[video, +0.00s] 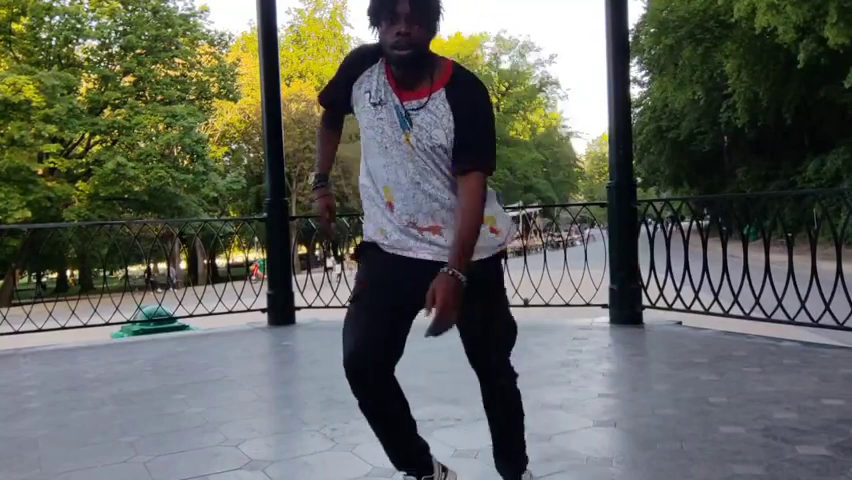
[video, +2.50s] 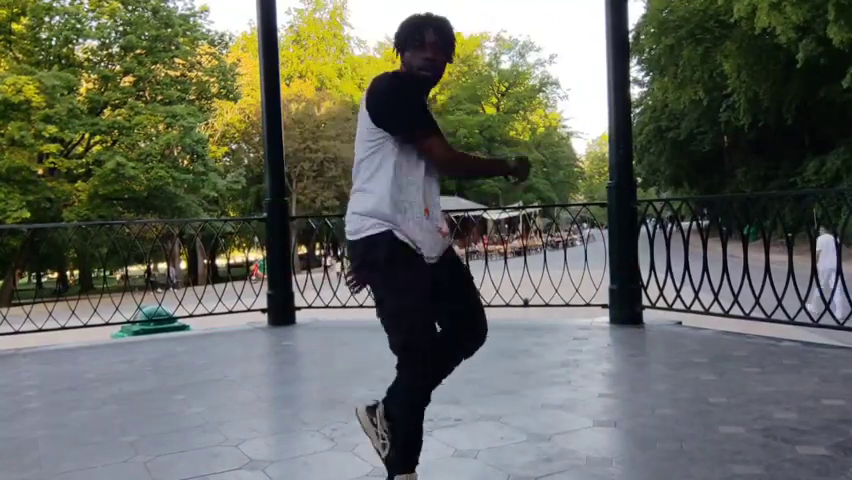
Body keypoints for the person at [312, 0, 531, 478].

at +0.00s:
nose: (403, 29)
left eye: (416, 18)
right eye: (391, 18)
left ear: (434, 24)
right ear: (376, 25)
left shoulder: (464, 90)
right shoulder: (360, 68)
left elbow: (472, 183)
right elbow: (332, 115)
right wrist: (321, 182)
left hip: (468, 252)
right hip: (391, 250)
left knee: (494, 368)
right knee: (364, 363)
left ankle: (513, 470)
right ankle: (421, 470)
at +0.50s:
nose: (388, 34)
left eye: (399, 24)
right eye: (377, 26)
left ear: (416, 29)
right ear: (364, 35)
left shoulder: (440, 66)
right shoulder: (353, 113)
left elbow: (471, 132)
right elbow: (340, 192)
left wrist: (405, 183)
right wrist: (282, 245)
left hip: (422, 237)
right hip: (354, 243)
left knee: (424, 338)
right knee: (354, 358)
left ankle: (407, 370)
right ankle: (399, 468)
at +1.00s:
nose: (350, 39)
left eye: (362, 29)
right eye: (340, 29)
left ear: (379, 30)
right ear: (326, 33)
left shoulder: (420, 60)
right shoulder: (327, 105)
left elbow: (498, 46)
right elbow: (317, 179)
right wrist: (261, 221)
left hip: (424, 233)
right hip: (354, 242)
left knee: (422, 330)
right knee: (347, 351)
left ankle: (346, 354)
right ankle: (393, 468)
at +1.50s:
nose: (334, 38)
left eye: (345, 27)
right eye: (323, 28)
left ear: (360, 35)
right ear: (307, 36)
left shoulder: (394, 86)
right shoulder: (287, 114)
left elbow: (455, 137)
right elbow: (278, 192)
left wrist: (500, 187)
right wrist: (284, 268)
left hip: (424, 227)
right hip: (358, 253)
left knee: (503, 291)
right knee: (373, 368)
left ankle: (565, 411)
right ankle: (371, 472)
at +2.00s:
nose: (418, 46)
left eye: (428, 38)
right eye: (408, 36)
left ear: (440, 44)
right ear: (393, 39)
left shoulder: (438, 106)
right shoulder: (361, 74)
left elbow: (445, 172)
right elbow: (336, 39)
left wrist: (465, 223)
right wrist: (402, 76)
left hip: (405, 224)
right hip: (344, 227)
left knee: (426, 319)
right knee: (360, 353)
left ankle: (346, 348)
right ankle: (370, 469)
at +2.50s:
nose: (433, 61)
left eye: (442, 54)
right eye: (423, 50)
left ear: (448, 59)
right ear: (402, 51)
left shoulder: (416, 101)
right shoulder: (392, 88)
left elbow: (399, 182)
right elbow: (442, 158)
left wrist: (365, 255)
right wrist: (503, 167)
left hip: (421, 235)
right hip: (384, 237)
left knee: (468, 329)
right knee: (418, 355)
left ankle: (386, 414)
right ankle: (402, 472)